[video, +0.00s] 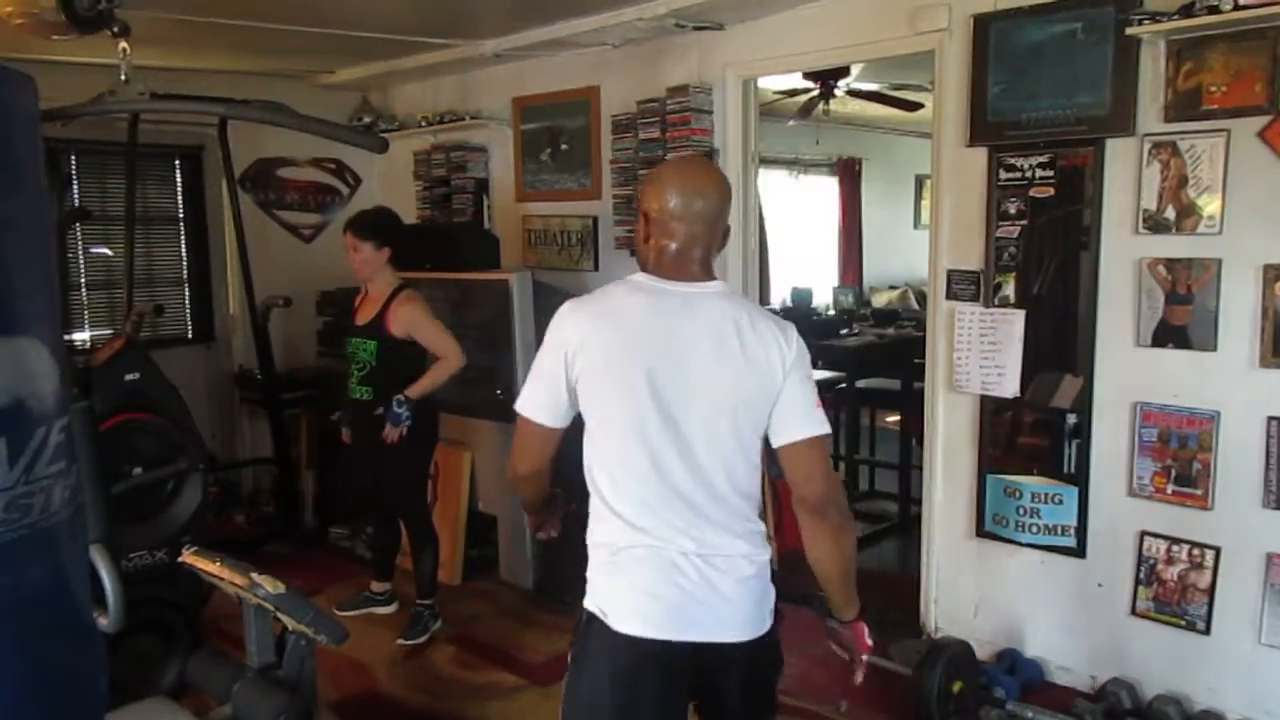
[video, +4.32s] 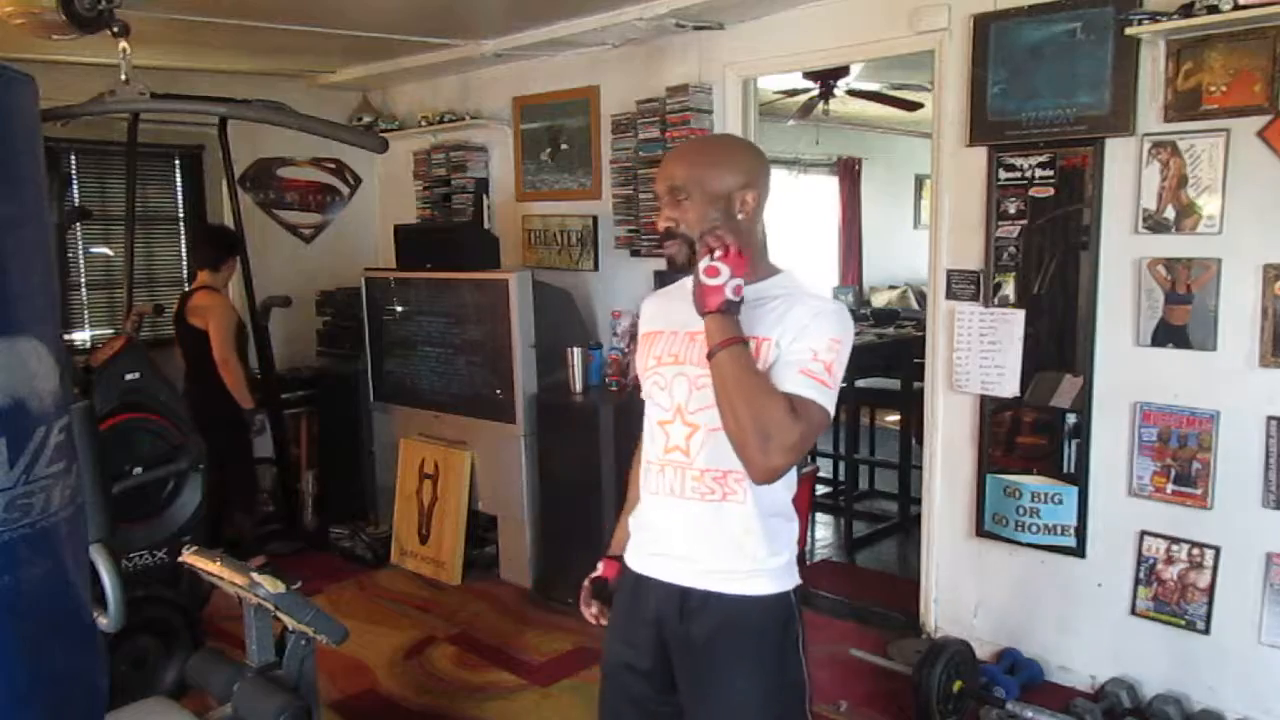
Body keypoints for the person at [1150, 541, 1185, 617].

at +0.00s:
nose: (1173, 555)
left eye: (1176, 552)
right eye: (1171, 552)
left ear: (1180, 553)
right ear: (1167, 552)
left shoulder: (1182, 568)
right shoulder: (1160, 565)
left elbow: (1181, 585)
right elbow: (1151, 581)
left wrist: (1174, 602)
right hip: (1159, 599)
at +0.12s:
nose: (1173, 555)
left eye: (1176, 552)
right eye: (1171, 551)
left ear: (1179, 553)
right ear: (1167, 552)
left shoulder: (1183, 568)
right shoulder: (1160, 566)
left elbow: (1182, 585)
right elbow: (1150, 582)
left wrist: (1174, 602)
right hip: (1159, 600)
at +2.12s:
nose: (1172, 554)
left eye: (1176, 552)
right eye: (1170, 551)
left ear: (1179, 553)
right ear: (1167, 552)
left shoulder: (1182, 567)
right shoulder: (1160, 565)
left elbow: (1181, 585)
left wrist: (1174, 603)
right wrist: (1151, 595)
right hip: (1159, 598)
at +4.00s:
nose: (1173, 554)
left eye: (1176, 552)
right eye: (1171, 551)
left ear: (1179, 553)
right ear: (1167, 552)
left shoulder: (1181, 568)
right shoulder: (1160, 566)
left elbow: (1180, 586)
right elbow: (1154, 581)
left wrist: (1173, 603)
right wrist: (1151, 595)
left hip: (1173, 601)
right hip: (1159, 599)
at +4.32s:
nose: (1173, 554)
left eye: (1176, 552)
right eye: (1171, 551)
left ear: (1179, 553)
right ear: (1167, 551)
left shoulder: (1182, 568)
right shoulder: (1160, 566)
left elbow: (1180, 586)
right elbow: (1154, 581)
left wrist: (1173, 602)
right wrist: (1151, 595)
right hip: (1160, 599)